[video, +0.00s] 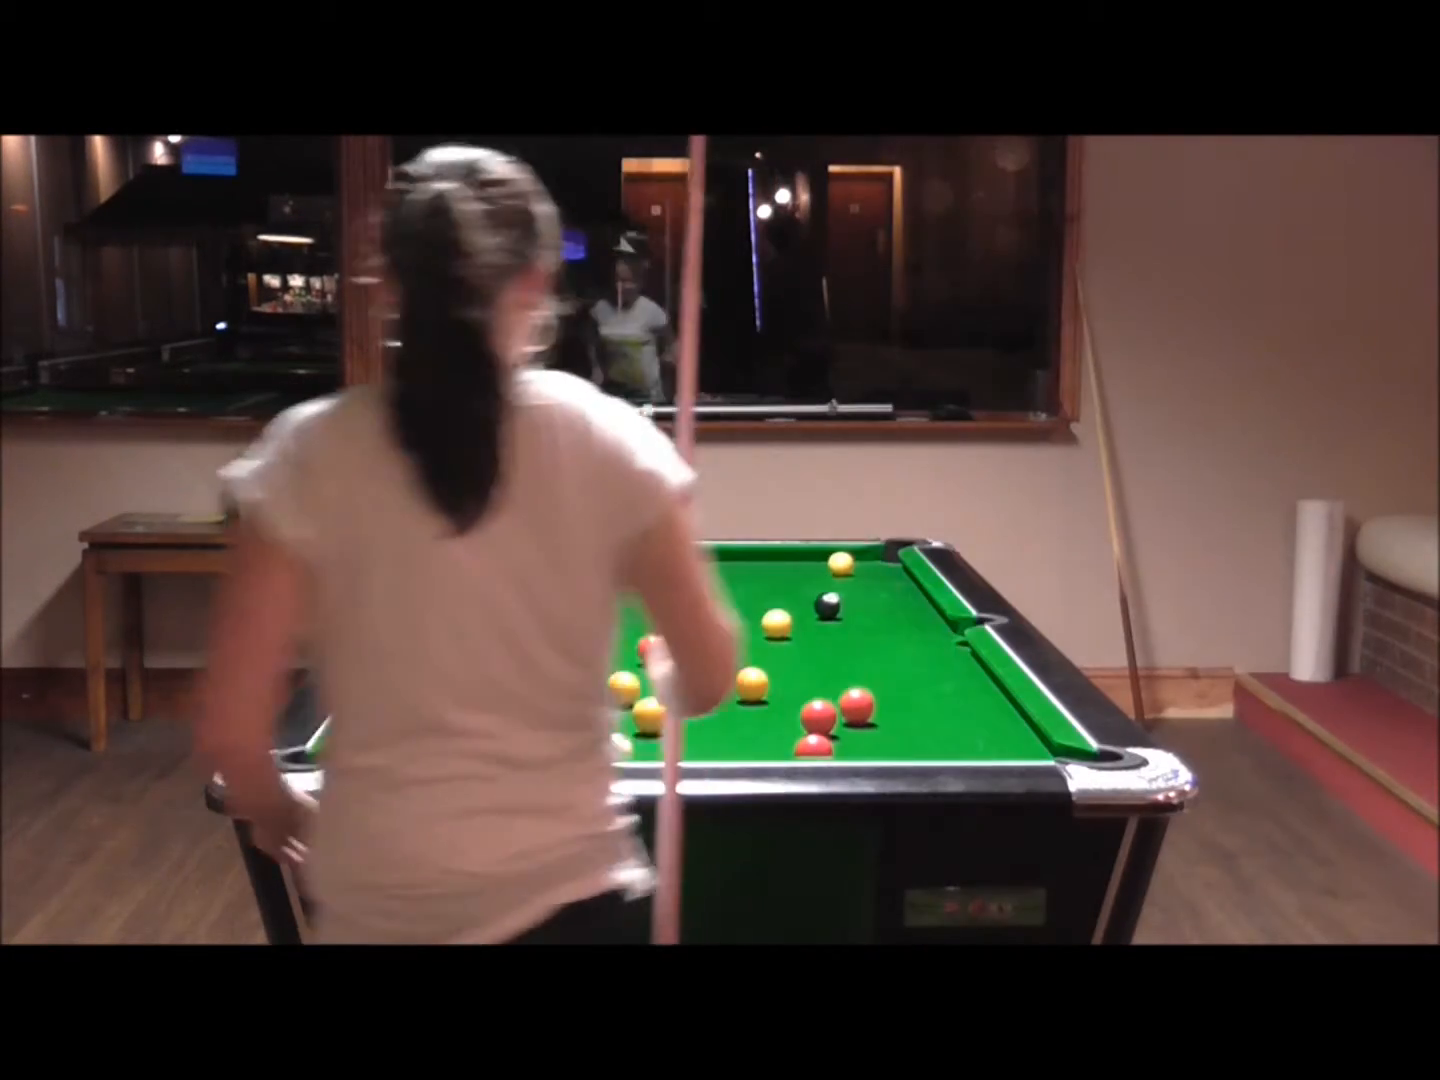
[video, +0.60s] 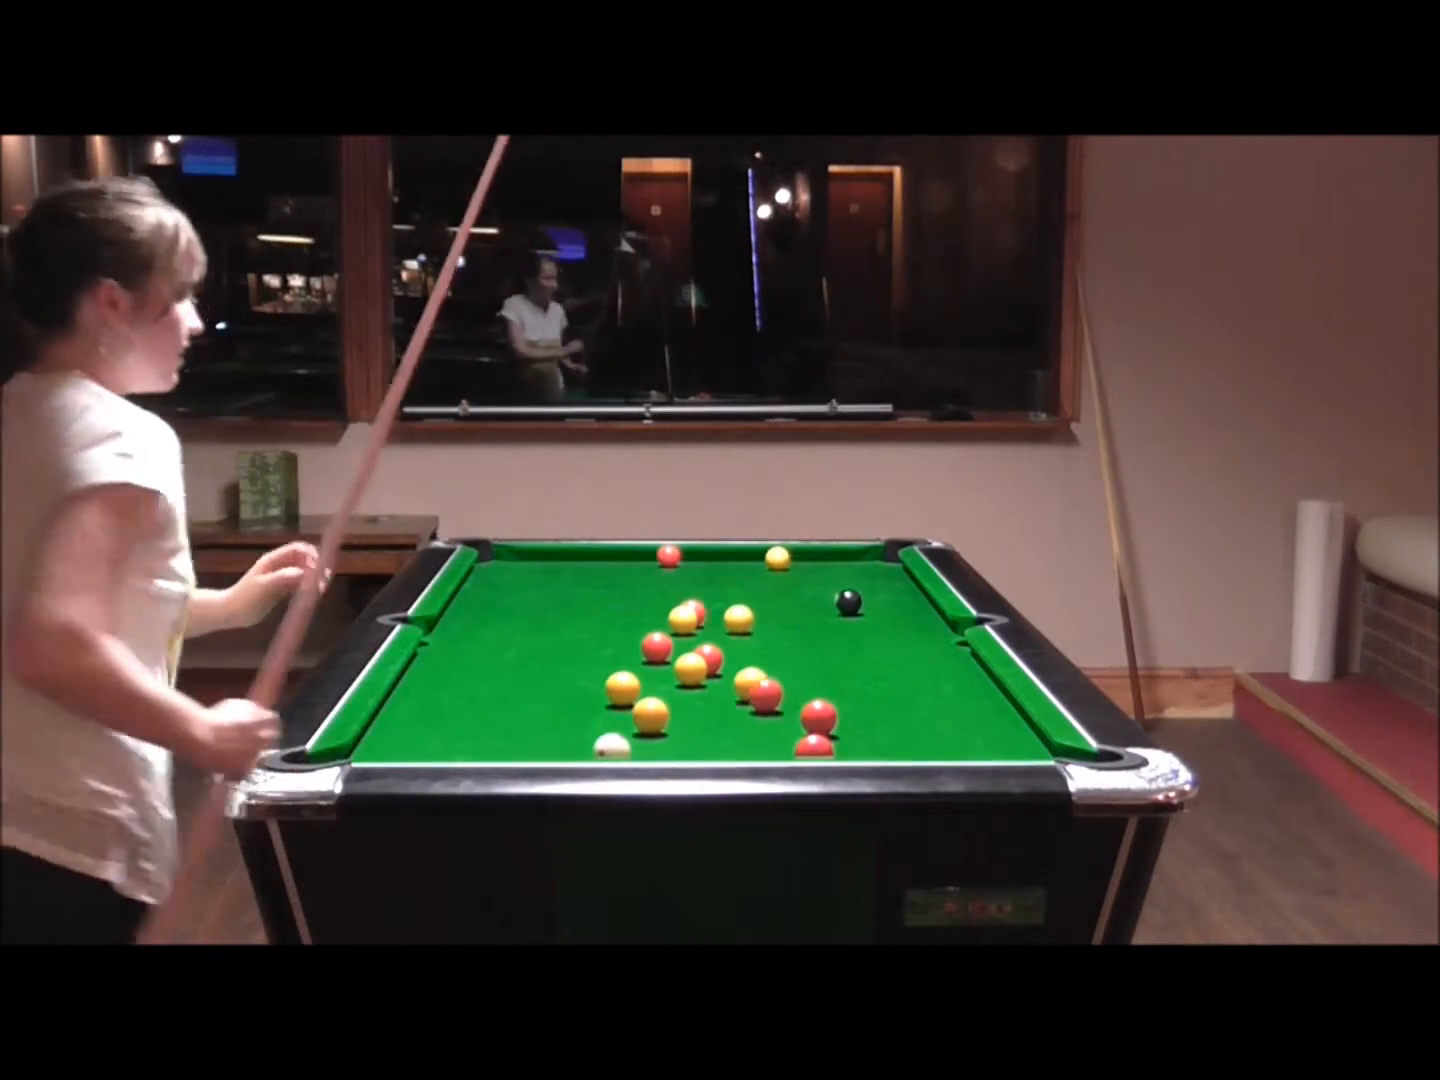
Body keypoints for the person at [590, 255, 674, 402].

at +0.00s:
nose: (625, 287)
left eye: (630, 282)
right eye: (620, 281)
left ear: (640, 284)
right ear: (613, 282)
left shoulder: (651, 311)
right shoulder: (600, 311)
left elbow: (669, 342)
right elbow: (591, 344)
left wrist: (668, 356)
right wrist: (596, 369)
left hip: (648, 391)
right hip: (613, 390)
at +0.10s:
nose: (611, 286)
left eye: (615, 281)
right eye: (606, 281)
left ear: (621, 283)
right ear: (596, 282)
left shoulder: (632, 309)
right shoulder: (582, 309)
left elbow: (647, 337)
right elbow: (573, 342)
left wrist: (655, 354)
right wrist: (580, 367)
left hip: (627, 386)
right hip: (592, 385)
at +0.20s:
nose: (593, 283)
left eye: (596, 278)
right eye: (588, 278)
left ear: (601, 280)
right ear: (576, 279)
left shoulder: (613, 305)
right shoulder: (559, 306)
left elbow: (628, 332)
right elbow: (548, 340)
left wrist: (636, 347)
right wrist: (568, 360)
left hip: (610, 377)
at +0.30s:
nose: (584, 283)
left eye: (586, 277)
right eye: (578, 277)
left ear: (590, 279)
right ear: (565, 278)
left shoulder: (600, 305)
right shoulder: (545, 304)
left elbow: (613, 335)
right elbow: (535, 342)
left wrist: (624, 352)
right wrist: (559, 356)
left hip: (599, 382)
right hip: (563, 383)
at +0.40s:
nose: (572, 286)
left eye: (574, 280)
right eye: (566, 280)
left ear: (577, 280)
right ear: (551, 280)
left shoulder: (582, 309)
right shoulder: (531, 306)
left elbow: (591, 340)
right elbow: (527, 346)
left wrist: (604, 357)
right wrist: (561, 355)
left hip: (578, 383)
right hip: (545, 384)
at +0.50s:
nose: (564, 288)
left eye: (566, 282)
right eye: (558, 282)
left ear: (569, 283)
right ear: (542, 282)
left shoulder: (571, 312)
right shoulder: (523, 308)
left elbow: (576, 345)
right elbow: (524, 349)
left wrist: (591, 362)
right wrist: (567, 354)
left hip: (566, 387)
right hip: (533, 386)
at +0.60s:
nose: (554, 285)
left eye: (555, 279)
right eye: (547, 279)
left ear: (557, 280)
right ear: (531, 281)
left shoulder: (557, 310)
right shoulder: (514, 306)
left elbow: (557, 347)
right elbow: (520, 351)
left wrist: (570, 365)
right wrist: (563, 352)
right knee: (548, 372)